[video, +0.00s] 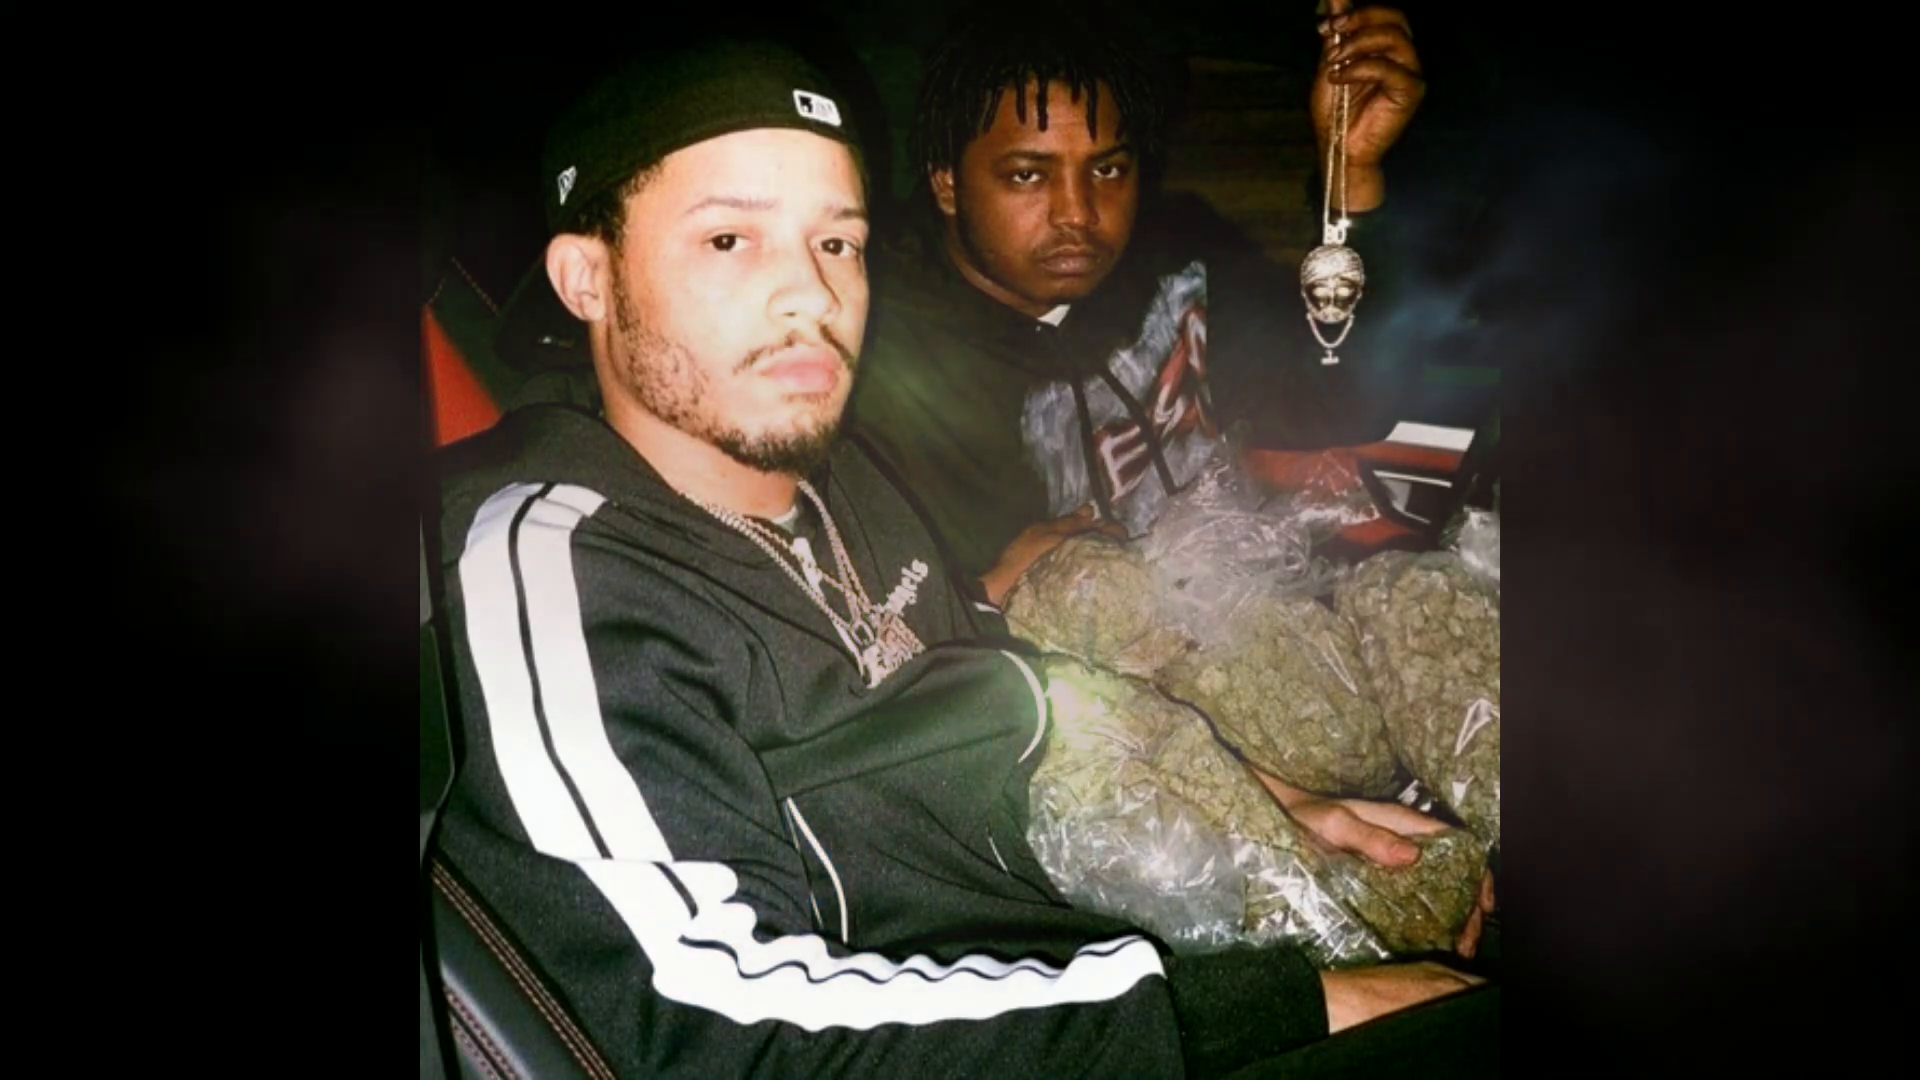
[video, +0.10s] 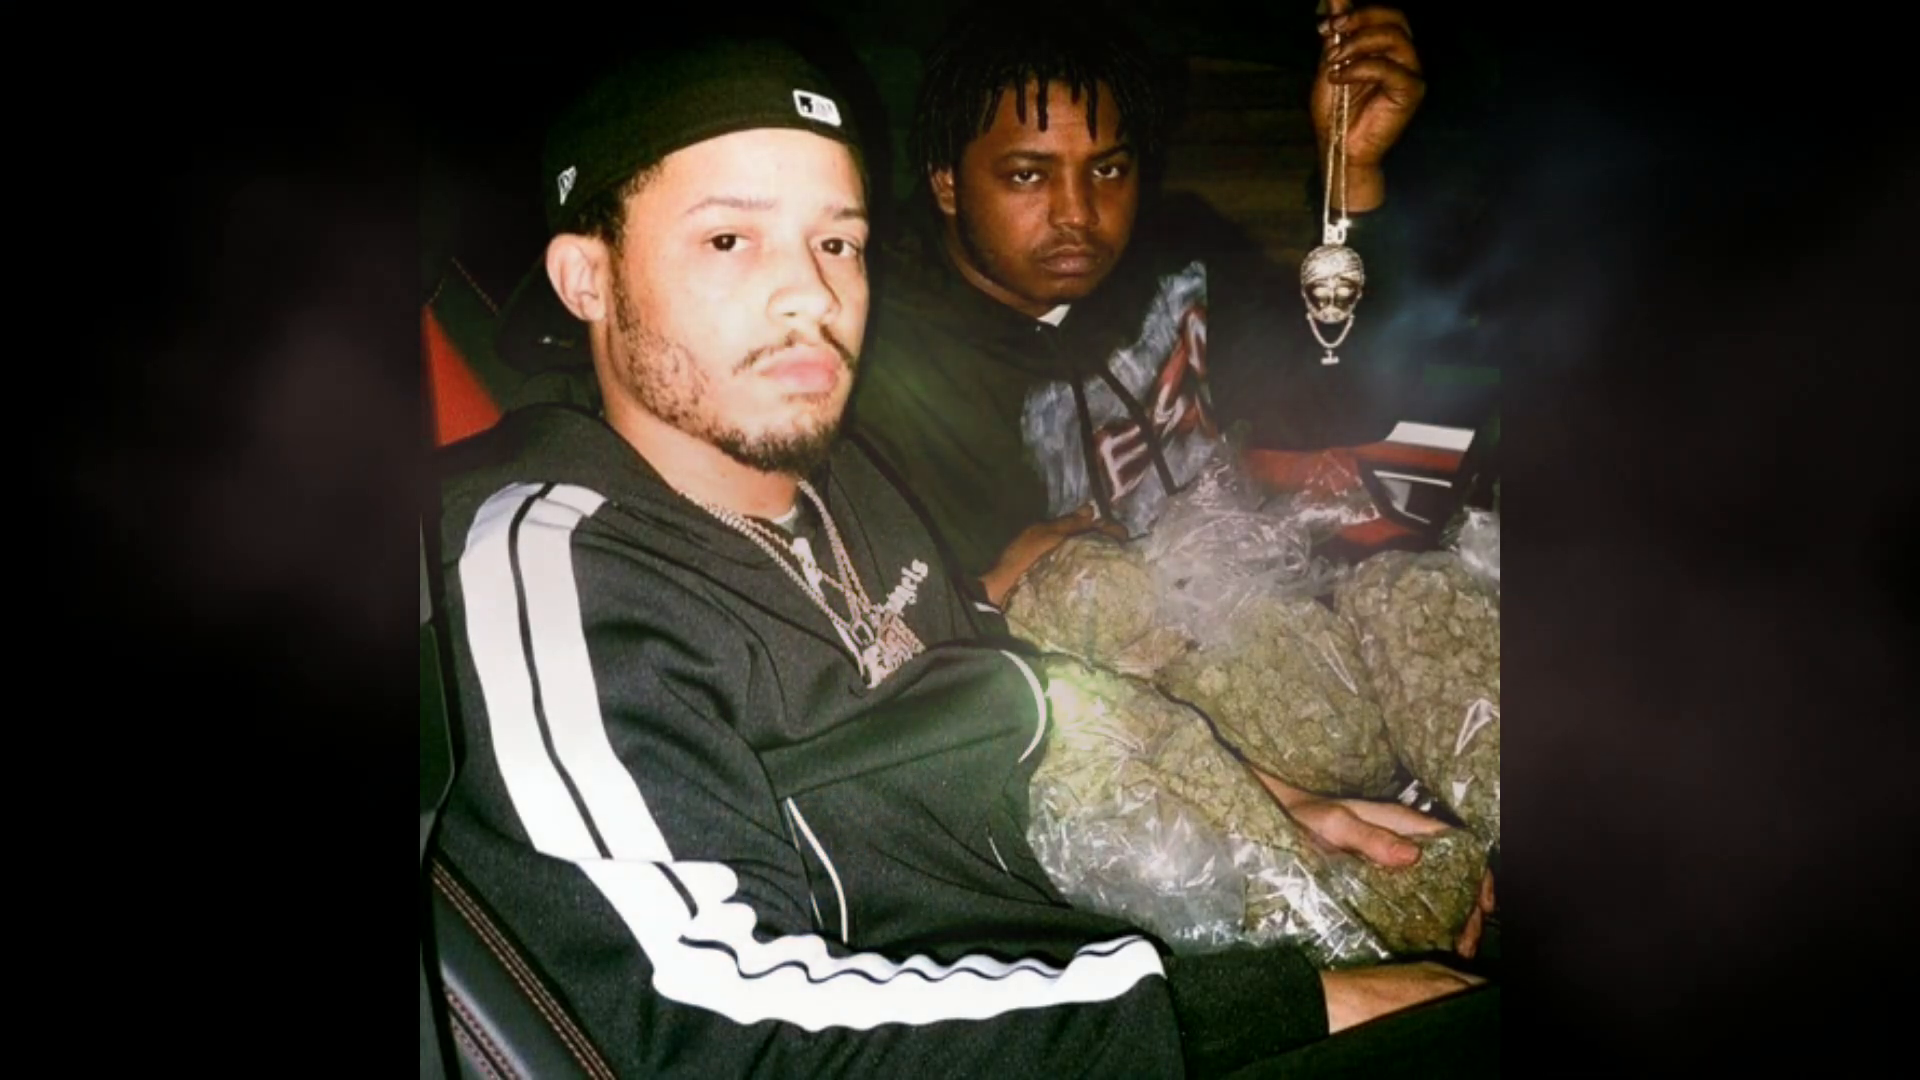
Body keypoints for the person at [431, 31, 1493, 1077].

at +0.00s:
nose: (810, 304)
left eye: (835, 250)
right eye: (729, 245)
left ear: (868, 269)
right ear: (588, 282)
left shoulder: (833, 481)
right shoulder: (534, 557)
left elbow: (1011, 738)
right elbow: (709, 1015)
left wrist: (1269, 821)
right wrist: (1277, 1009)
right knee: (1469, 1004)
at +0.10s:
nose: (810, 305)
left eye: (835, 249)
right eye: (729, 245)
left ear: (867, 268)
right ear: (588, 282)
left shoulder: (831, 481)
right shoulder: (534, 558)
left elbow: (1010, 737)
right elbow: (710, 1016)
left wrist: (1269, 820)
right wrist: (1277, 1009)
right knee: (1468, 1004)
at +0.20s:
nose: (812, 305)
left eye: (835, 249)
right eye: (730, 246)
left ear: (867, 266)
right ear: (589, 282)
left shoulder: (831, 481)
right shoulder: (533, 557)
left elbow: (1010, 739)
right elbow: (710, 1015)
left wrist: (1272, 821)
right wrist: (1276, 1008)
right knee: (1472, 1004)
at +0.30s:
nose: (811, 305)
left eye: (835, 249)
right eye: (729, 245)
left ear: (867, 267)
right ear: (588, 282)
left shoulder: (826, 477)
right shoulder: (532, 555)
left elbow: (1010, 736)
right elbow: (710, 1015)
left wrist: (1270, 821)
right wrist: (1279, 1008)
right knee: (1477, 1005)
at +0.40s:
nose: (811, 303)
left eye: (835, 249)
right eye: (729, 244)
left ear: (867, 267)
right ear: (588, 283)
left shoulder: (825, 475)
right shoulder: (534, 555)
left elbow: (1009, 729)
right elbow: (710, 1015)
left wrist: (1269, 820)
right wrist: (1279, 1008)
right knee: (1475, 1004)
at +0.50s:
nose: (810, 303)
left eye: (835, 249)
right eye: (729, 244)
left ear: (867, 268)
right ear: (588, 283)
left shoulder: (825, 476)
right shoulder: (532, 552)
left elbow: (1008, 732)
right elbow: (708, 1016)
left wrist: (1267, 819)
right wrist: (1278, 1008)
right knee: (1473, 1004)